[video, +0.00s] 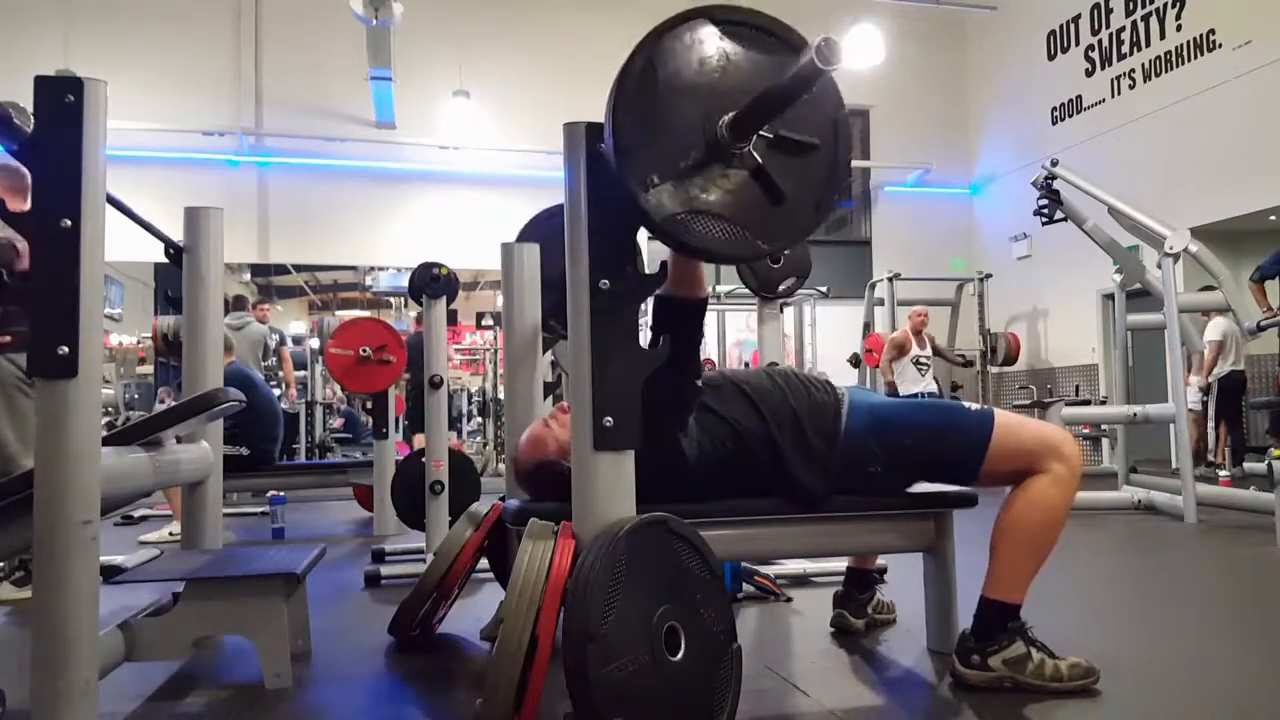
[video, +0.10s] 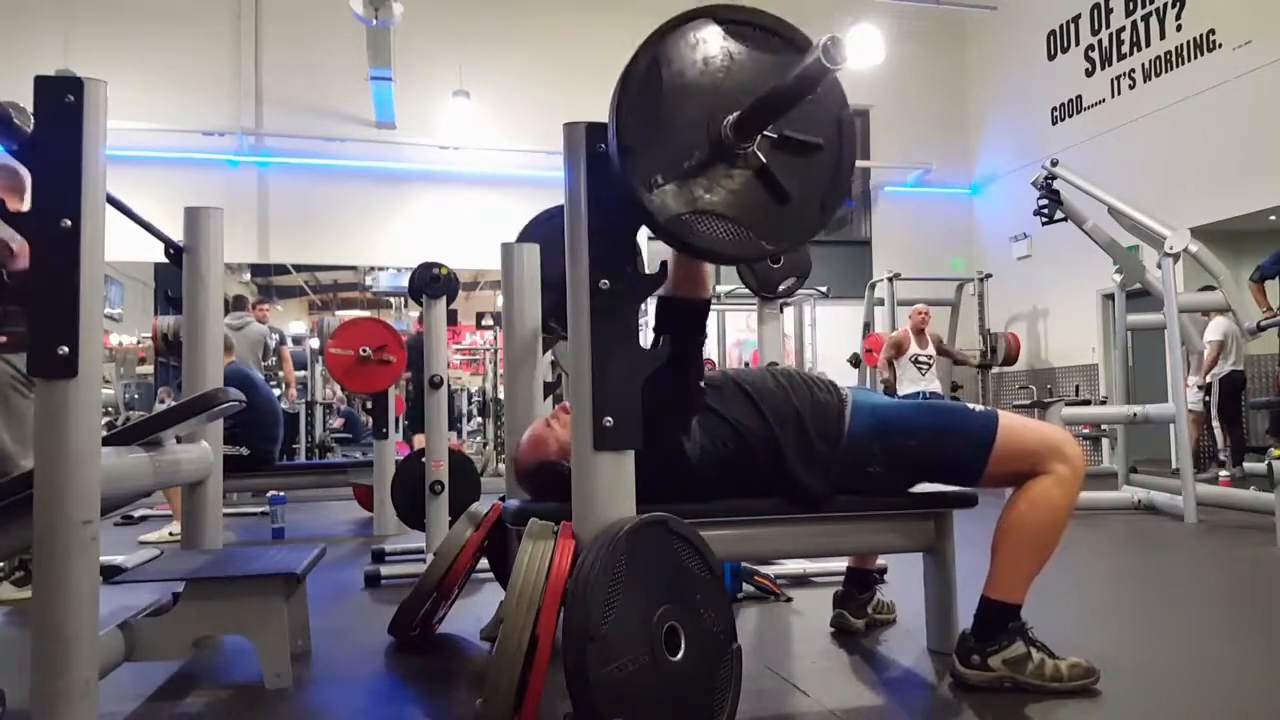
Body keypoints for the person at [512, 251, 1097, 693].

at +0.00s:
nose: (555, 412)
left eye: (545, 416)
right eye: (548, 427)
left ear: (565, 425)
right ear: (569, 460)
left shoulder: (619, 445)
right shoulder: (640, 456)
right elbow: (677, 334)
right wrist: (689, 215)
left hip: (818, 433)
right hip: (847, 433)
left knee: (911, 448)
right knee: (1057, 453)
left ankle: (857, 594)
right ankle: (992, 640)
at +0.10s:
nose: (557, 411)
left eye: (547, 415)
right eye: (550, 426)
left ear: (568, 426)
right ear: (570, 460)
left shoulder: (622, 447)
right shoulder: (640, 453)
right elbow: (681, 320)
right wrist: (694, 204)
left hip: (824, 433)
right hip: (851, 433)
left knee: (911, 450)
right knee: (1060, 455)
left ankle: (857, 595)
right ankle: (992, 640)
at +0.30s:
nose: (560, 409)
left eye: (549, 413)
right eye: (553, 423)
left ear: (564, 463)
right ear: (569, 459)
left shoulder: (616, 444)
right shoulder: (641, 459)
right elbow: (695, 340)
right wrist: (705, 222)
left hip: (815, 433)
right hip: (848, 434)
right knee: (1061, 455)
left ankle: (860, 591)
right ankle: (993, 639)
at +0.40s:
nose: (553, 411)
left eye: (543, 415)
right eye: (548, 420)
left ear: (557, 463)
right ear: (565, 451)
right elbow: (708, 373)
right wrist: (725, 255)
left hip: (808, 438)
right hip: (844, 430)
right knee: (1060, 454)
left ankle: (859, 594)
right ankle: (991, 643)